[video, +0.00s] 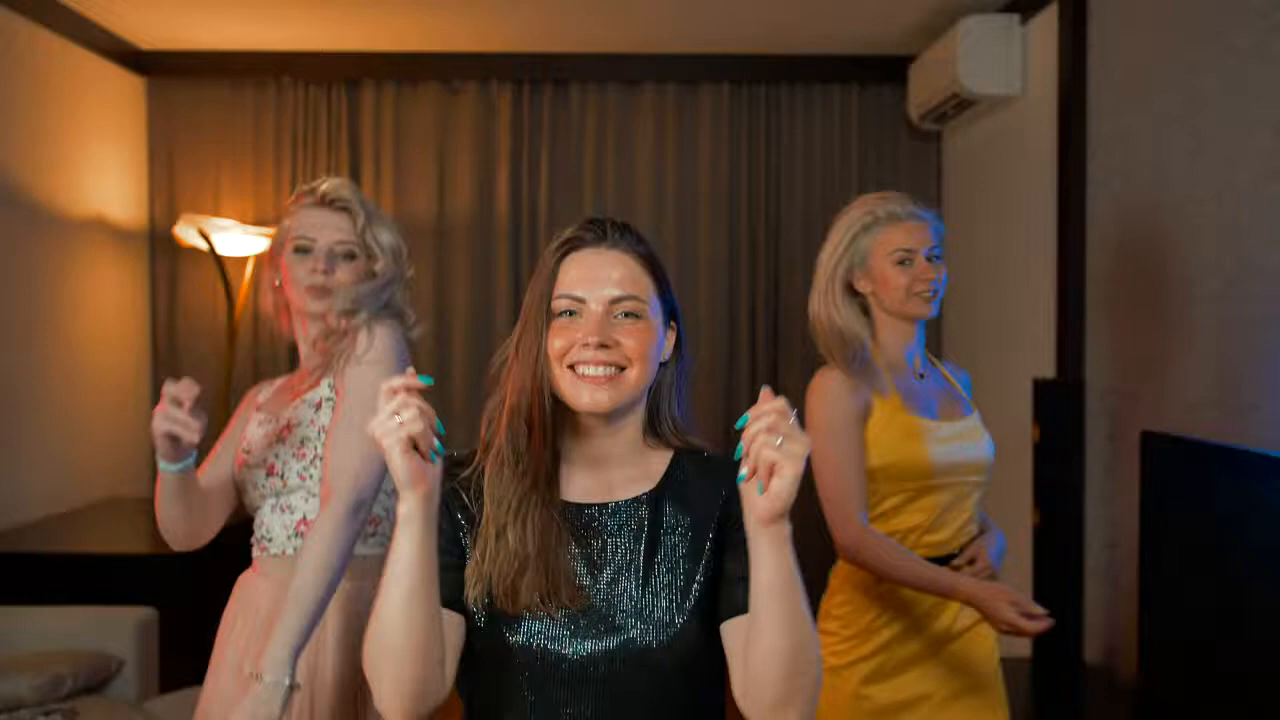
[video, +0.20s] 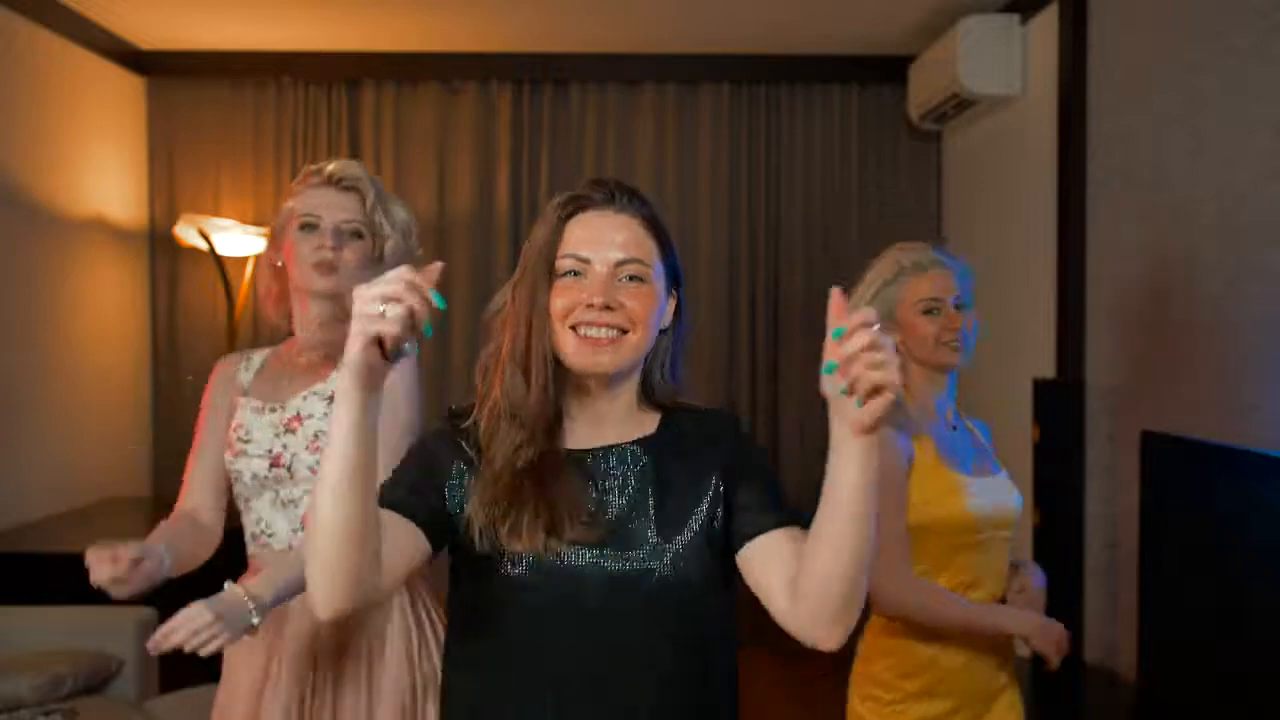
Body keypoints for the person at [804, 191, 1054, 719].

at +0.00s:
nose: (928, 273)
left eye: (934, 257)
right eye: (904, 260)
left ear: (946, 268)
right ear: (860, 281)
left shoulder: (953, 380)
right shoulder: (839, 386)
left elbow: (957, 502)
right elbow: (849, 536)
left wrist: (992, 540)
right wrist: (969, 591)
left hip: (961, 636)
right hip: (873, 637)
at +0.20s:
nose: (955, 323)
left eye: (961, 307)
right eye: (931, 311)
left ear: (974, 317)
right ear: (888, 329)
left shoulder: (976, 433)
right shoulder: (887, 436)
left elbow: (980, 560)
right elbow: (889, 588)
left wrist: (1026, 577)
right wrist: (1014, 624)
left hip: (987, 685)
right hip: (906, 687)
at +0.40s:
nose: (967, 287)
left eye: (983, 271)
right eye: (946, 271)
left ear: (1001, 286)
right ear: (910, 287)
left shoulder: (1018, 399)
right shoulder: (878, 390)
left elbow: (1016, 511)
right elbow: (842, 532)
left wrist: (1037, 547)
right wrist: (964, 576)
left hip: (998, 659)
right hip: (896, 658)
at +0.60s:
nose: (939, 270)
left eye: (959, 252)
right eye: (919, 253)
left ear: (985, 266)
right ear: (893, 268)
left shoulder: (1023, 387)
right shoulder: (853, 378)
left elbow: (1044, 504)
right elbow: (791, 488)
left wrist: (1035, 524)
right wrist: (838, 526)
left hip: (971, 640)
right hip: (866, 635)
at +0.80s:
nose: (920, 314)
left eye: (942, 298)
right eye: (903, 297)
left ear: (970, 317)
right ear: (882, 311)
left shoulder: (1009, 434)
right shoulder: (842, 419)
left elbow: (1033, 541)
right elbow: (808, 541)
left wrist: (1032, 571)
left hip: (959, 672)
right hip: (852, 666)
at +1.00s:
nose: (930, 248)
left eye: (950, 232)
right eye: (911, 231)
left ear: (978, 249)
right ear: (885, 246)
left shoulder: (1020, 372)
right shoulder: (836, 361)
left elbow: (1039, 512)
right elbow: (780, 486)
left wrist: (979, 490)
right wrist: (758, 558)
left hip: (976, 615)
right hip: (868, 610)